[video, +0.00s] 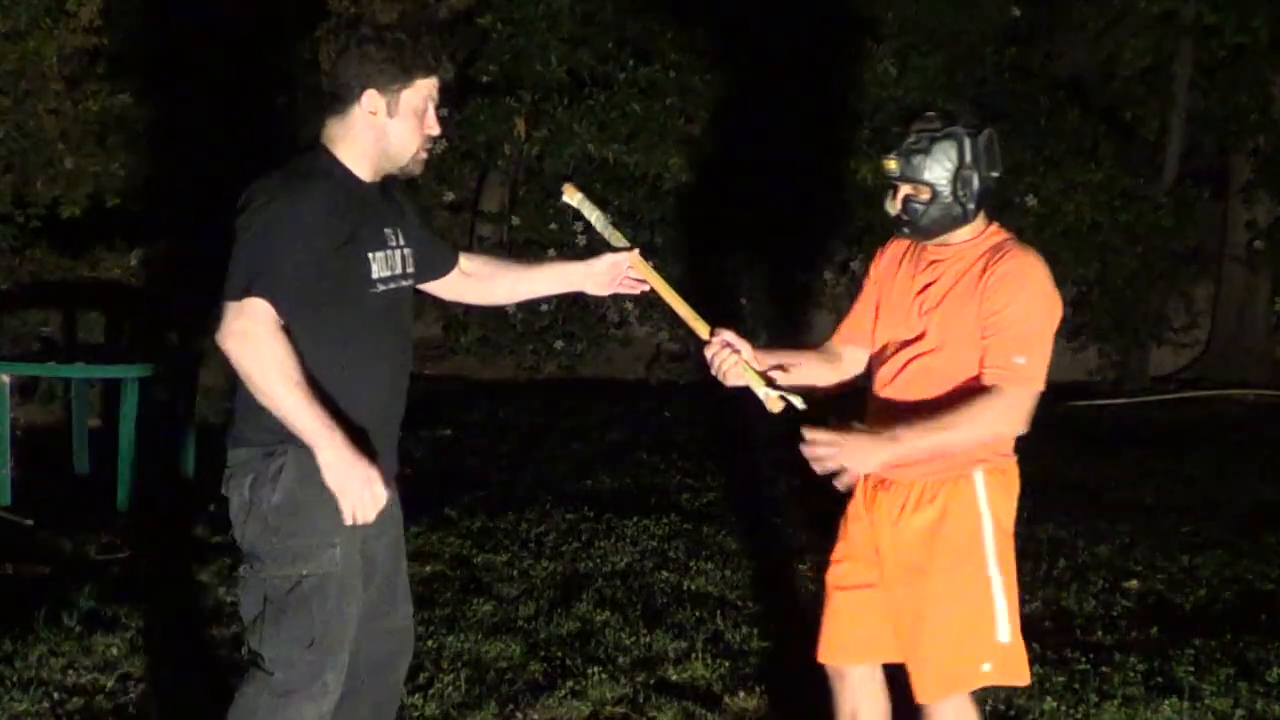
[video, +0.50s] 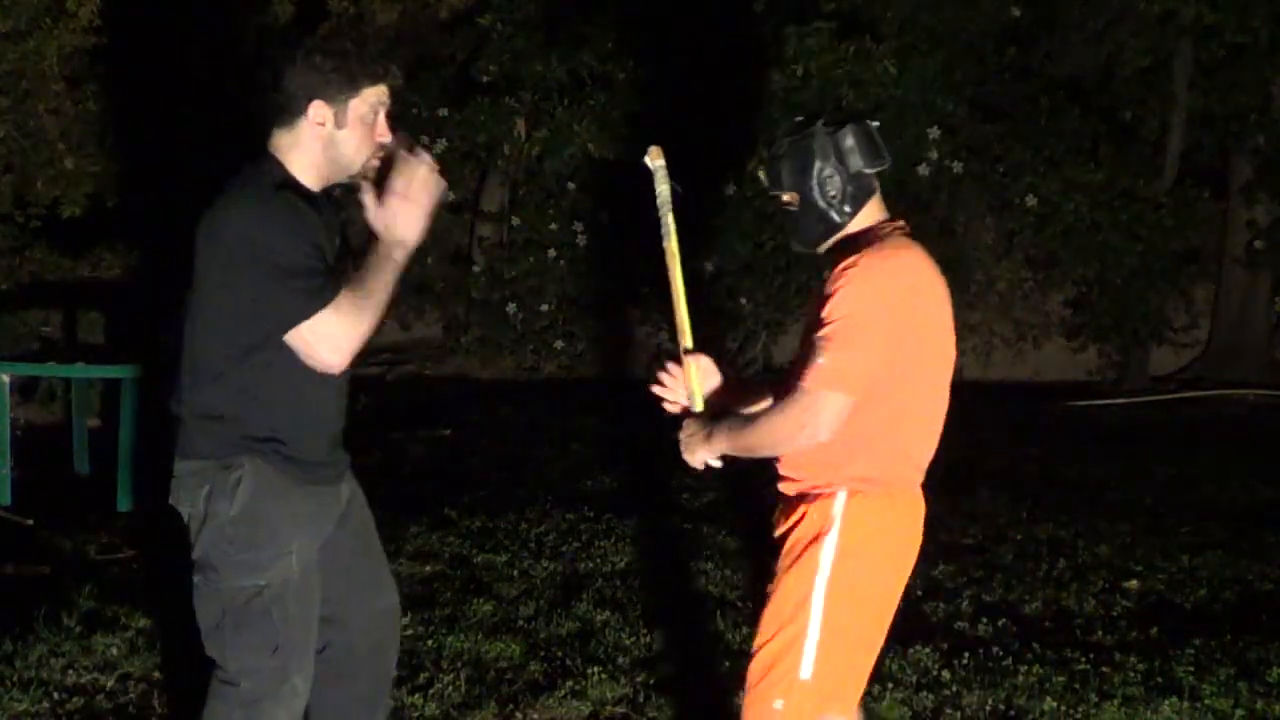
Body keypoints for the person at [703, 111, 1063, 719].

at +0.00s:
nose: (898, 202)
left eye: (917, 189)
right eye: (895, 185)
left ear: (964, 190)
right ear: (892, 184)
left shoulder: (1016, 273)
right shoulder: (895, 259)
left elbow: (1009, 412)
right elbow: (841, 360)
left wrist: (877, 449)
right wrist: (759, 361)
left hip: (959, 493)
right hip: (876, 488)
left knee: (943, 682)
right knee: (848, 656)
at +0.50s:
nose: (786, 208)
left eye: (793, 193)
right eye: (784, 193)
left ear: (831, 189)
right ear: (848, 186)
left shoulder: (877, 274)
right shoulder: (884, 266)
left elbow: (815, 416)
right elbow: (805, 395)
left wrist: (716, 439)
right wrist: (722, 394)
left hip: (849, 517)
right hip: (859, 515)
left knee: (786, 702)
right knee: (816, 702)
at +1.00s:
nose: (756, 223)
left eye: (762, 208)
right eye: (754, 209)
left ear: (799, 206)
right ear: (827, 195)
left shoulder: (858, 290)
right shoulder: (875, 274)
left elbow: (828, 455)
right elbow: (828, 407)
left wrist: (749, 484)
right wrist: (737, 418)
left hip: (865, 527)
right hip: (887, 519)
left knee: (797, 703)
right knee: (884, 689)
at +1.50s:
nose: (848, 206)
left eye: (859, 190)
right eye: (848, 190)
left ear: (901, 190)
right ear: (905, 192)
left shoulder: (929, 275)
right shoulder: (920, 273)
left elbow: (888, 412)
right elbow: (877, 414)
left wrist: (802, 476)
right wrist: (792, 441)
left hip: (909, 534)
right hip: (893, 529)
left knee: (864, 705)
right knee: (902, 703)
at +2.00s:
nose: (692, 224)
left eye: (703, 210)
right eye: (694, 209)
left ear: (738, 218)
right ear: (772, 218)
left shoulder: (774, 312)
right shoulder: (752, 305)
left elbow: (627, 384)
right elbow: (666, 356)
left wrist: (570, 316)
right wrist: (622, 294)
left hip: (777, 557)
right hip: (710, 555)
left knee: (782, 711)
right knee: (622, 671)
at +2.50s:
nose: (766, 231)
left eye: (775, 220)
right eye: (768, 217)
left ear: (806, 233)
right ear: (855, 231)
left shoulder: (828, 326)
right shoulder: (893, 304)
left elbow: (710, 424)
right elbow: (732, 396)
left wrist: (603, 433)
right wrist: (638, 411)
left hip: (909, 540)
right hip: (948, 529)